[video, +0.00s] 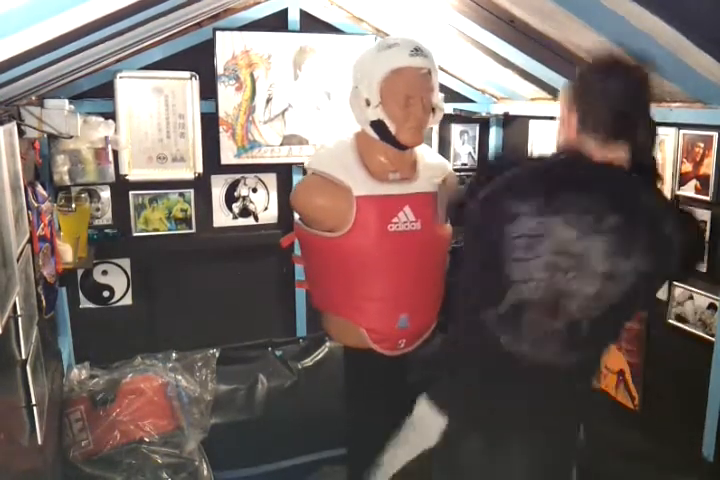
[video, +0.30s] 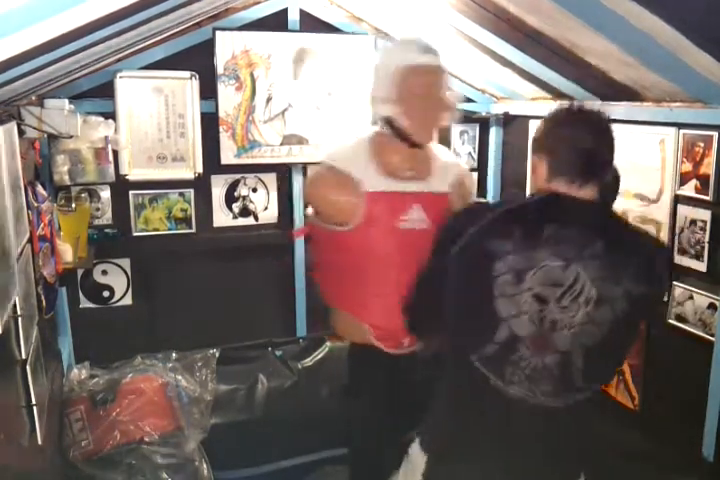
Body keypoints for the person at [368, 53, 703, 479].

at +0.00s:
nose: (557, 123)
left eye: (560, 110)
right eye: (561, 111)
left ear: (572, 116)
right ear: (639, 124)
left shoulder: (512, 192)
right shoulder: (661, 224)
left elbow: (465, 306)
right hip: (563, 400)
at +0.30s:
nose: (530, 168)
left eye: (532, 159)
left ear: (540, 166)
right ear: (607, 171)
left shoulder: (477, 231)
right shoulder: (643, 256)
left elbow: (424, 322)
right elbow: (620, 356)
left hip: (471, 444)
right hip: (566, 451)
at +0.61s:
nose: (542, 199)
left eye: (542, 191)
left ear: (550, 196)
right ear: (618, 208)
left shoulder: (484, 245)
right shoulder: (651, 280)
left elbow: (449, 341)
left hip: (463, 448)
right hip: (567, 461)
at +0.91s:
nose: (549, 197)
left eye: (549, 189)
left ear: (557, 194)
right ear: (627, 206)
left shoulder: (491, 247)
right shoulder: (664, 282)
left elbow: (446, 344)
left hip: (476, 451)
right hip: (586, 459)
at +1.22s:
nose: (559, 196)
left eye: (559, 187)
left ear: (567, 190)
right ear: (639, 202)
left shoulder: (499, 243)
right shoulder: (682, 280)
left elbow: (462, 343)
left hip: (489, 457)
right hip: (613, 465)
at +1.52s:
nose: (567, 197)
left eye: (567, 188)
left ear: (576, 193)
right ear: (650, 205)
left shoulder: (506, 246)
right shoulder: (687, 285)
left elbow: (452, 348)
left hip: (490, 459)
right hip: (616, 467)